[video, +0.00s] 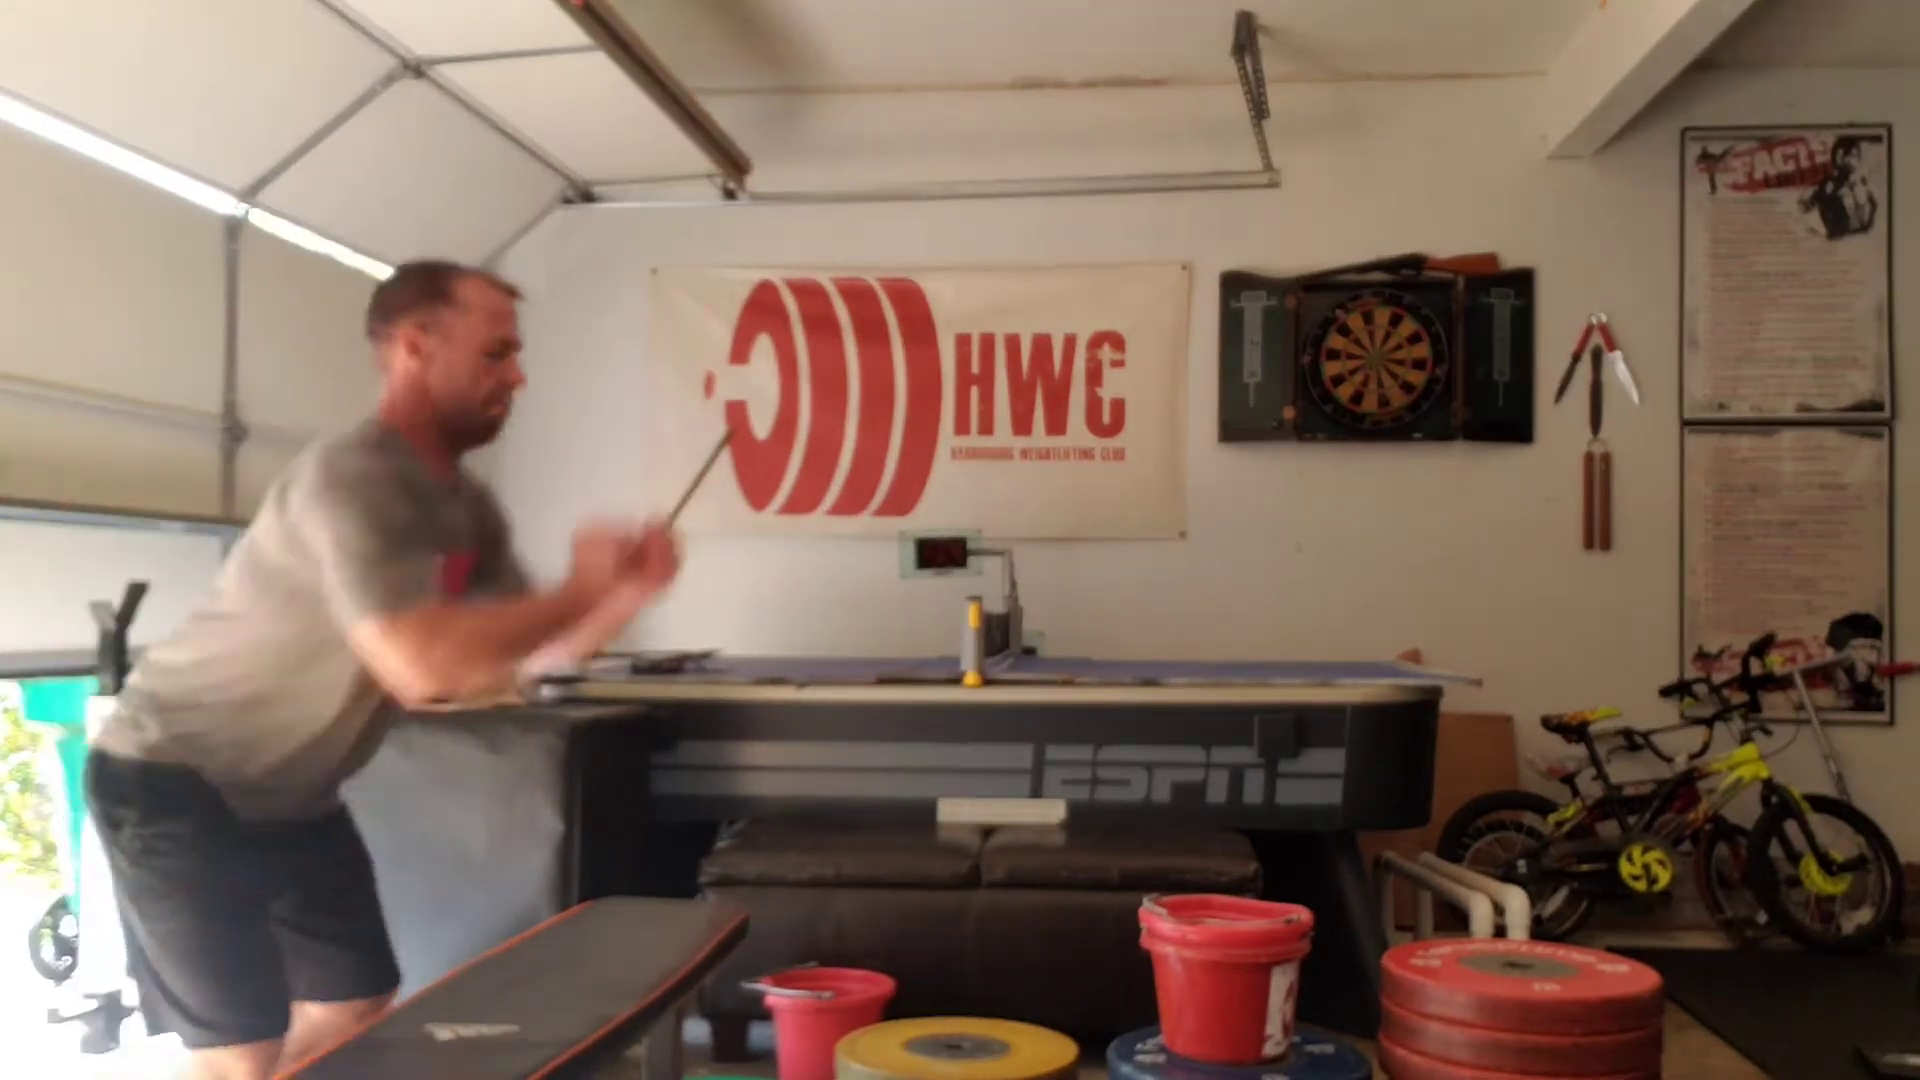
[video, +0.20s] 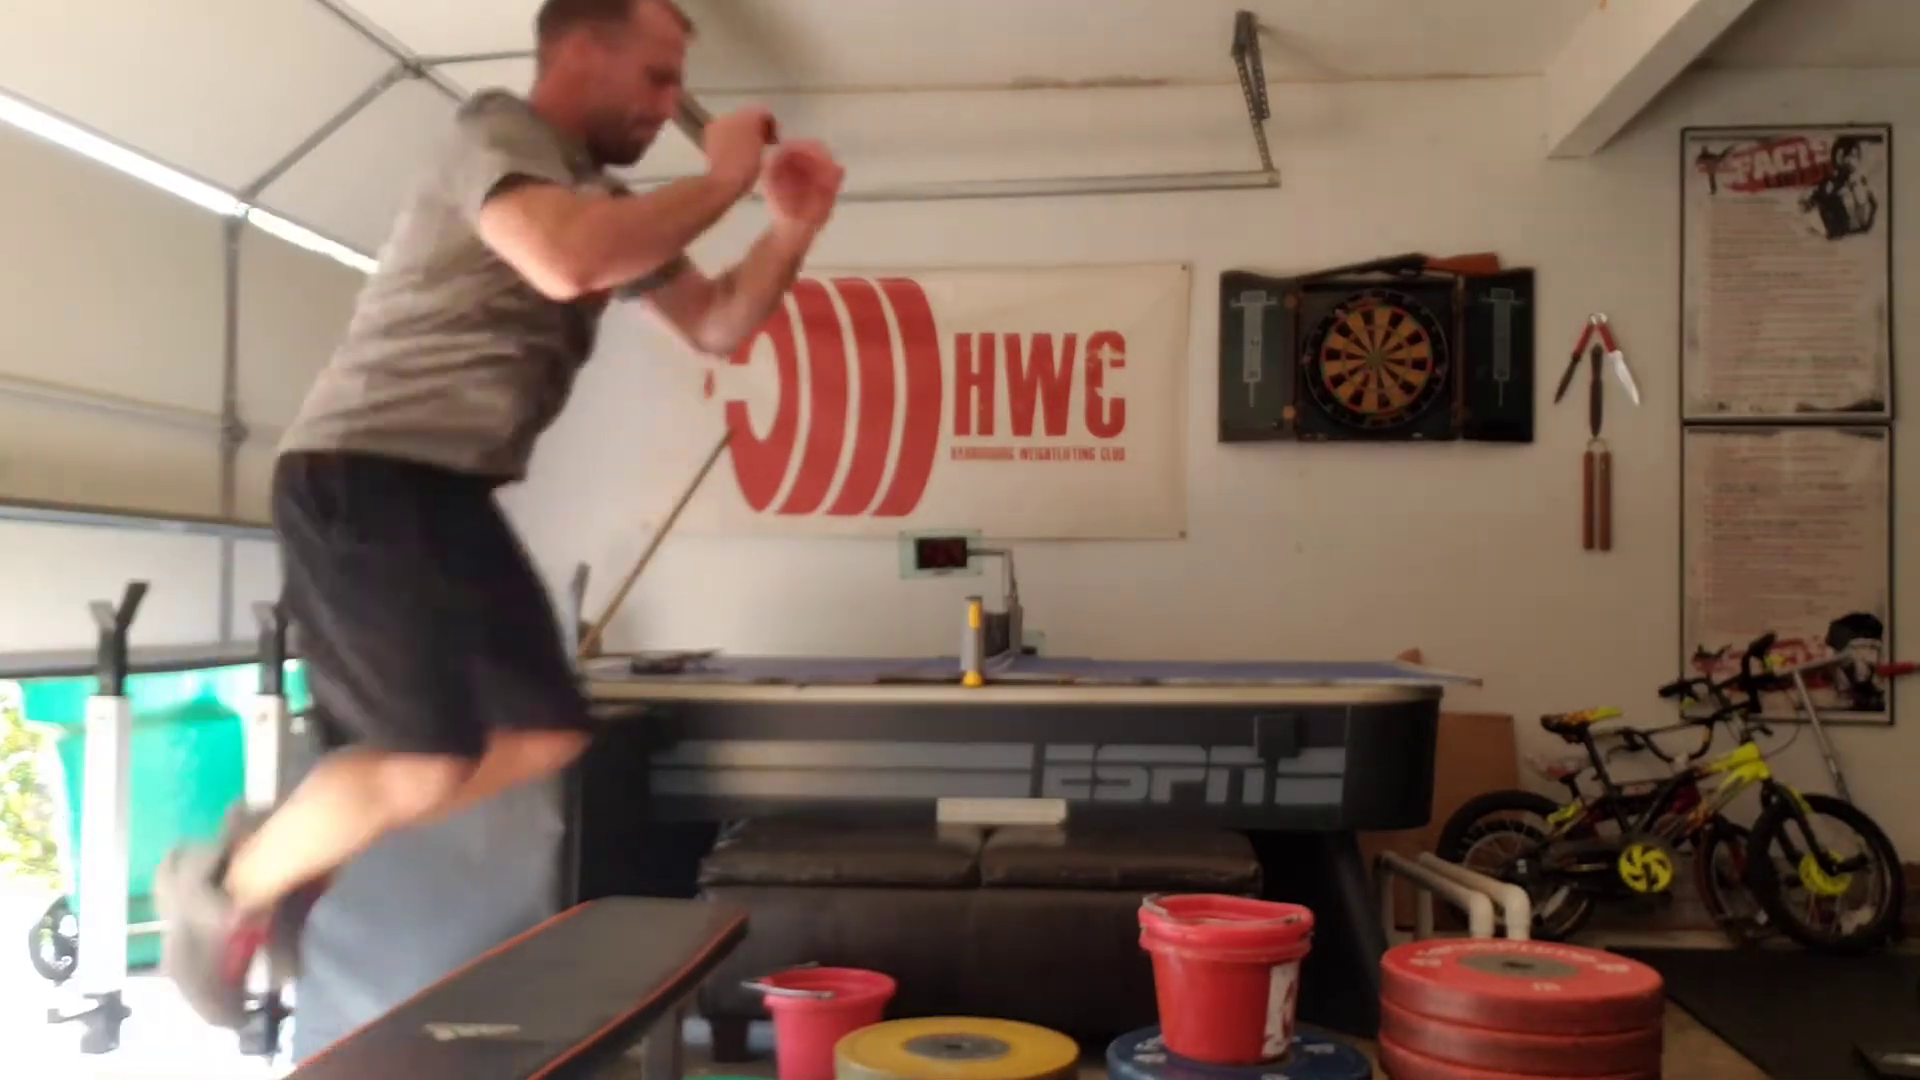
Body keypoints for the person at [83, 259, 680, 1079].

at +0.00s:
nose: (516, 380)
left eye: (515, 357)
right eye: (495, 354)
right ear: (412, 347)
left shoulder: (470, 509)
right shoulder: (343, 479)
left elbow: (525, 653)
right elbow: (420, 667)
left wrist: (622, 597)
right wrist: (573, 595)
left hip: (291, 780)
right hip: (168, 769)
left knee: (351, 1007)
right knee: (239, 1046)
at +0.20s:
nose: (672, 104)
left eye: (677, 85)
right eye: (659, 76)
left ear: (583, 59)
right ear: (577, 52)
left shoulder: (606, 201)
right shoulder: (494, 135)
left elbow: (717, 324)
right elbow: (566, 256)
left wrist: (788, 231)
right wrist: (722, 180)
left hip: (448, 489)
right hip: (354, 476)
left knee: (540, 730)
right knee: (426, 753)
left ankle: (294, 849)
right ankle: (228, 887)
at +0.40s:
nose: (843, 65)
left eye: (845, 42)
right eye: (831, 34)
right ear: (751, 15)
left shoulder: (754, 207)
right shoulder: (660, 113)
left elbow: (774, 382)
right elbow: (585, 289)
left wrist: (881, 468)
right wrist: (748, 361)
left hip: (584, 408)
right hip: (477, 389)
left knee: (788, 526)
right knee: (688, 501)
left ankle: (765, 804)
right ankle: (688, 787)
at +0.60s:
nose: (937, 185)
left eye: (940, 160)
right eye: (924, 154)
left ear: (847, 144)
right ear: (841, 136)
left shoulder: (852, 272)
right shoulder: (763, 232)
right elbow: (601, 348)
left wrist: (867, 569)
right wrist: (732, 471)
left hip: (857, 626)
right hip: (769, 635)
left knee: (943, 917)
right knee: (850, 966)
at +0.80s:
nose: (966, 229)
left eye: (973, 210)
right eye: (939, 211)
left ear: (981, 223)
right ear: (866, 227)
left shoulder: (1004, 398)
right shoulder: (810, 379)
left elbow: (1055, 562)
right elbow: (747, 560)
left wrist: (1116, 603)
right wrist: (909, 639)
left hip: (1004, 753)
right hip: (875, 754)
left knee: (1063, 1012)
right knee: (945, 1040)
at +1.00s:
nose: (930, 162)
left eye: (953, 138)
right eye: (913, 146)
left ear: (1012, 150)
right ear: (900, 167)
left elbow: (1192, 469)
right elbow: (812, 515)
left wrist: (1157, 498)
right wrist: (882, 560)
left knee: (1109, 1005)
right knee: (916, 1010)